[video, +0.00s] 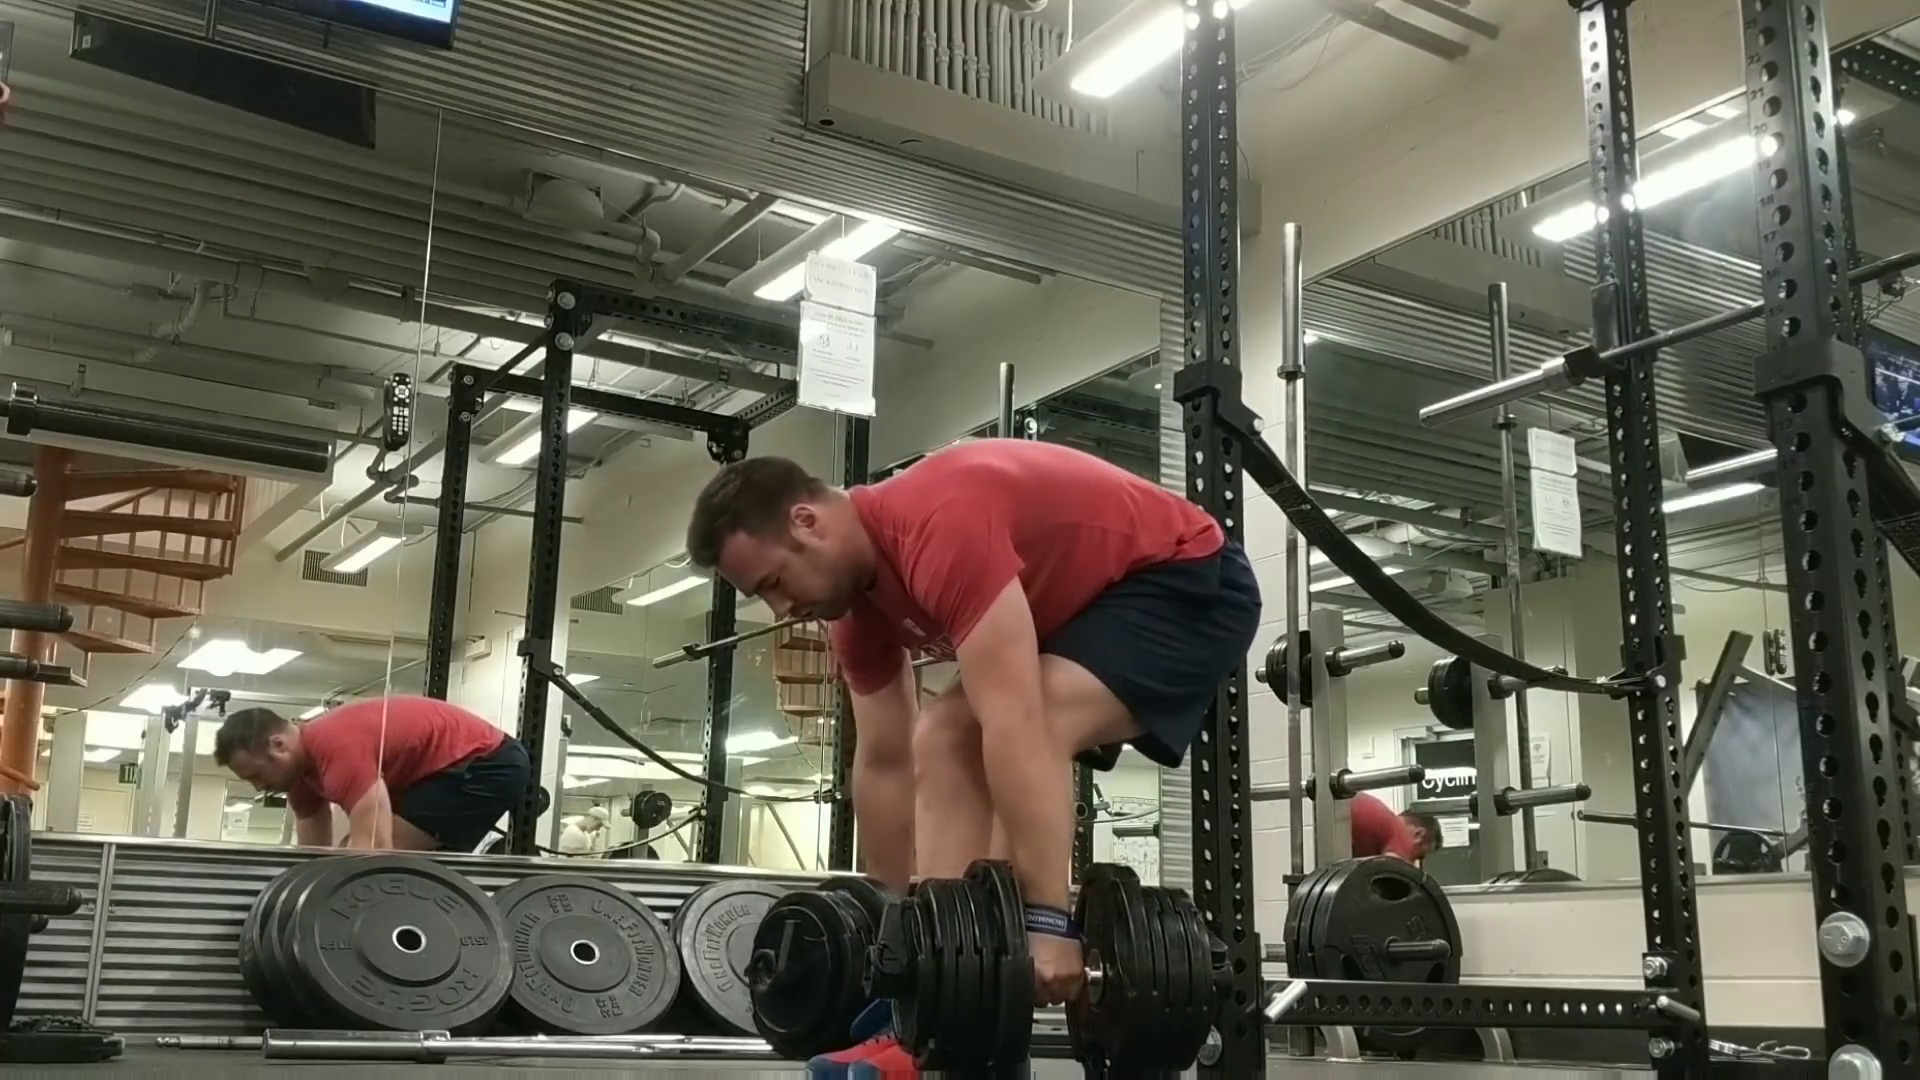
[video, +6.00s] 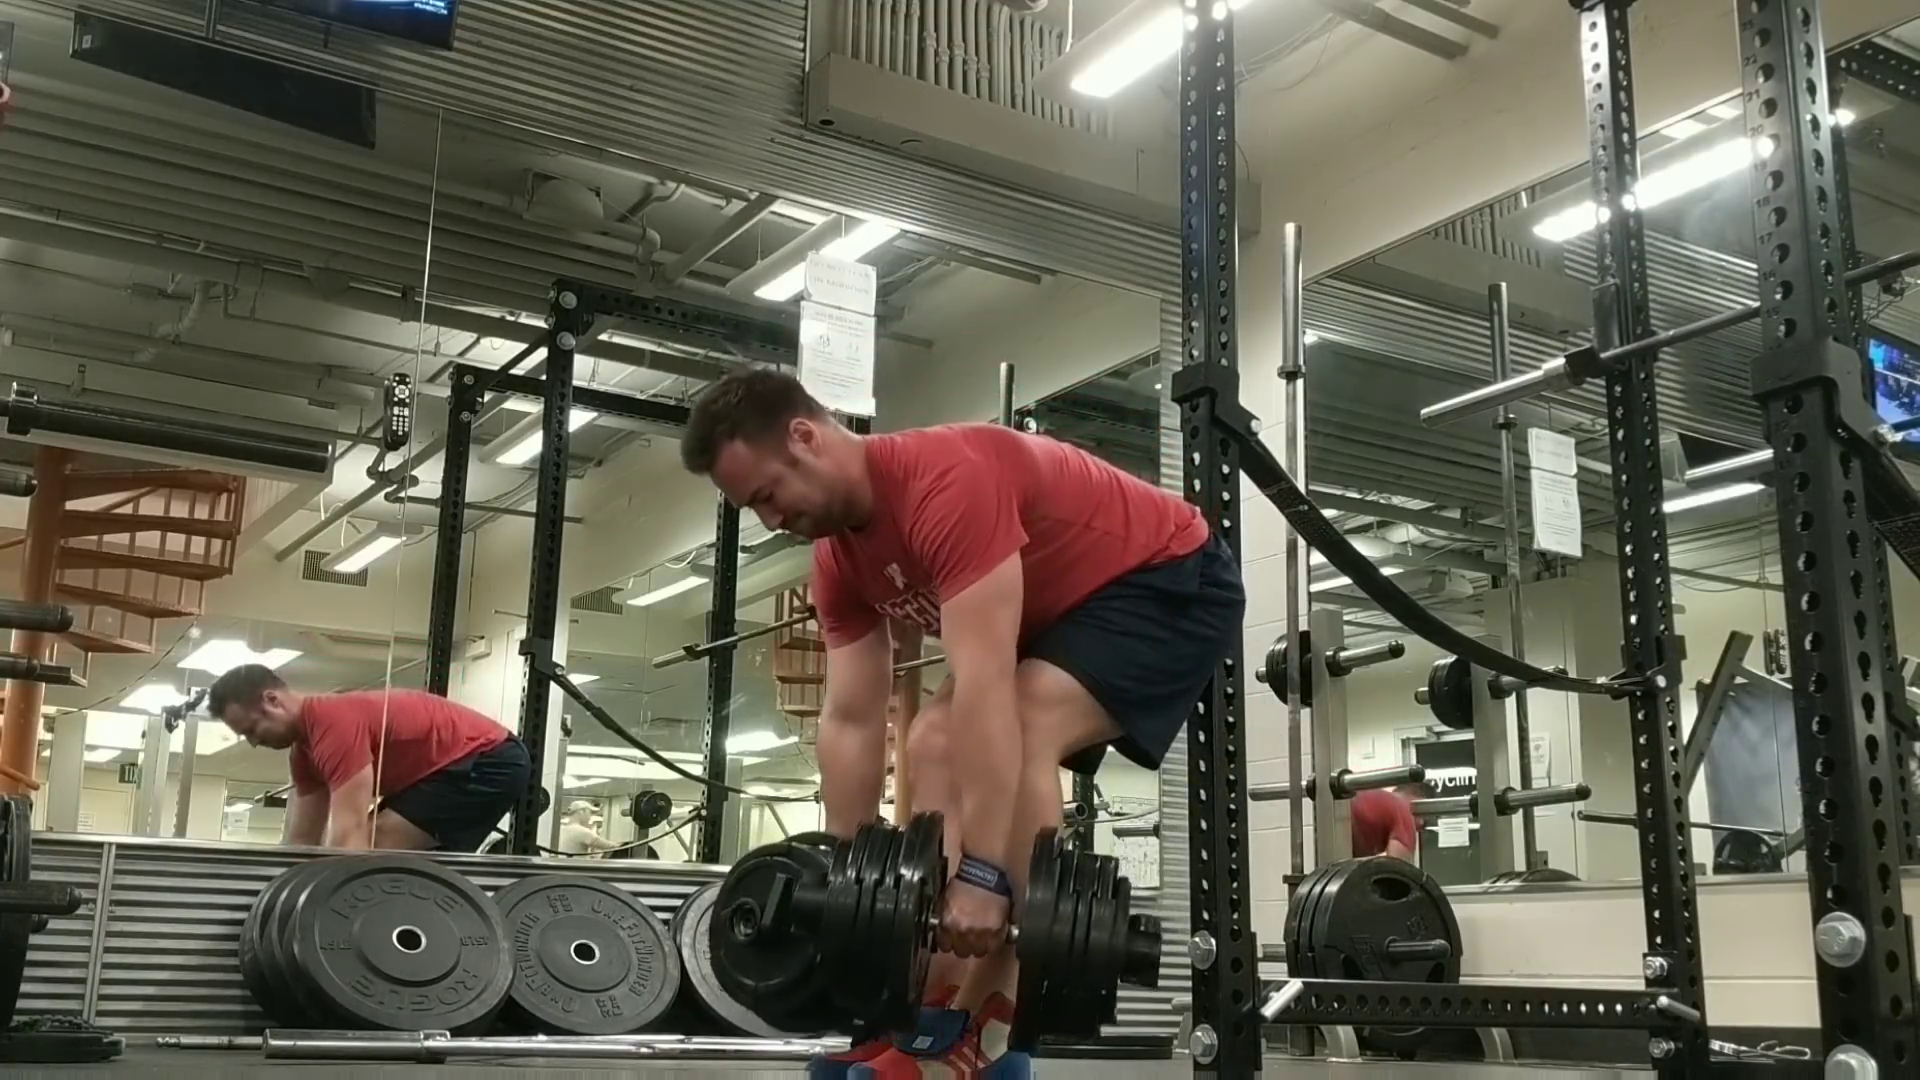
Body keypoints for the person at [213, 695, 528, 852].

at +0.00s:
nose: (259, 788)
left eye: (255, 775)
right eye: (250, 781)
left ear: (279, 747)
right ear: (277, 746)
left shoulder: (336, 748)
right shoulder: (302, 772)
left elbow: (370, 843)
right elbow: (314, 849)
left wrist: (327, 904)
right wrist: (300, 904)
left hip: (487, 765)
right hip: (457, 769)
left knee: (388, 854)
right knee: (384, 855)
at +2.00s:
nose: (250, 762)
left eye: (248, 749)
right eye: (242, 755)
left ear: (270, 719)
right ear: (270, 722)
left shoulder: (333, 739)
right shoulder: (301, 762)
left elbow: (358, 850)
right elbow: (309, 851)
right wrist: (286, 920)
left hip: (491, 763)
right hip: (461, 768)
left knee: (383, 847)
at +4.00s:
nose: (252, 744)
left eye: (250, 731)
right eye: (244, 737)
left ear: (275, 702)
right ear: (274, 704)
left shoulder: (340, 723)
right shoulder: (306, 751)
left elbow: (354, 839)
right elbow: (301, 841)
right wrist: (277, 913)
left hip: (489, 762)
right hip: (456, 771)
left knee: (380, 843)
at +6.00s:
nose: (252, 741)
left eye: (249, 729)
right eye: (244, 735)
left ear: (273, 700)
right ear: (273, 703)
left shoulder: (335, 723)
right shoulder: (305, 748)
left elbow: (351, 834)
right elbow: (301, 840)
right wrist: (274, 910)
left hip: (489, 760)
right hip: (460, 768)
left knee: (380, 839)